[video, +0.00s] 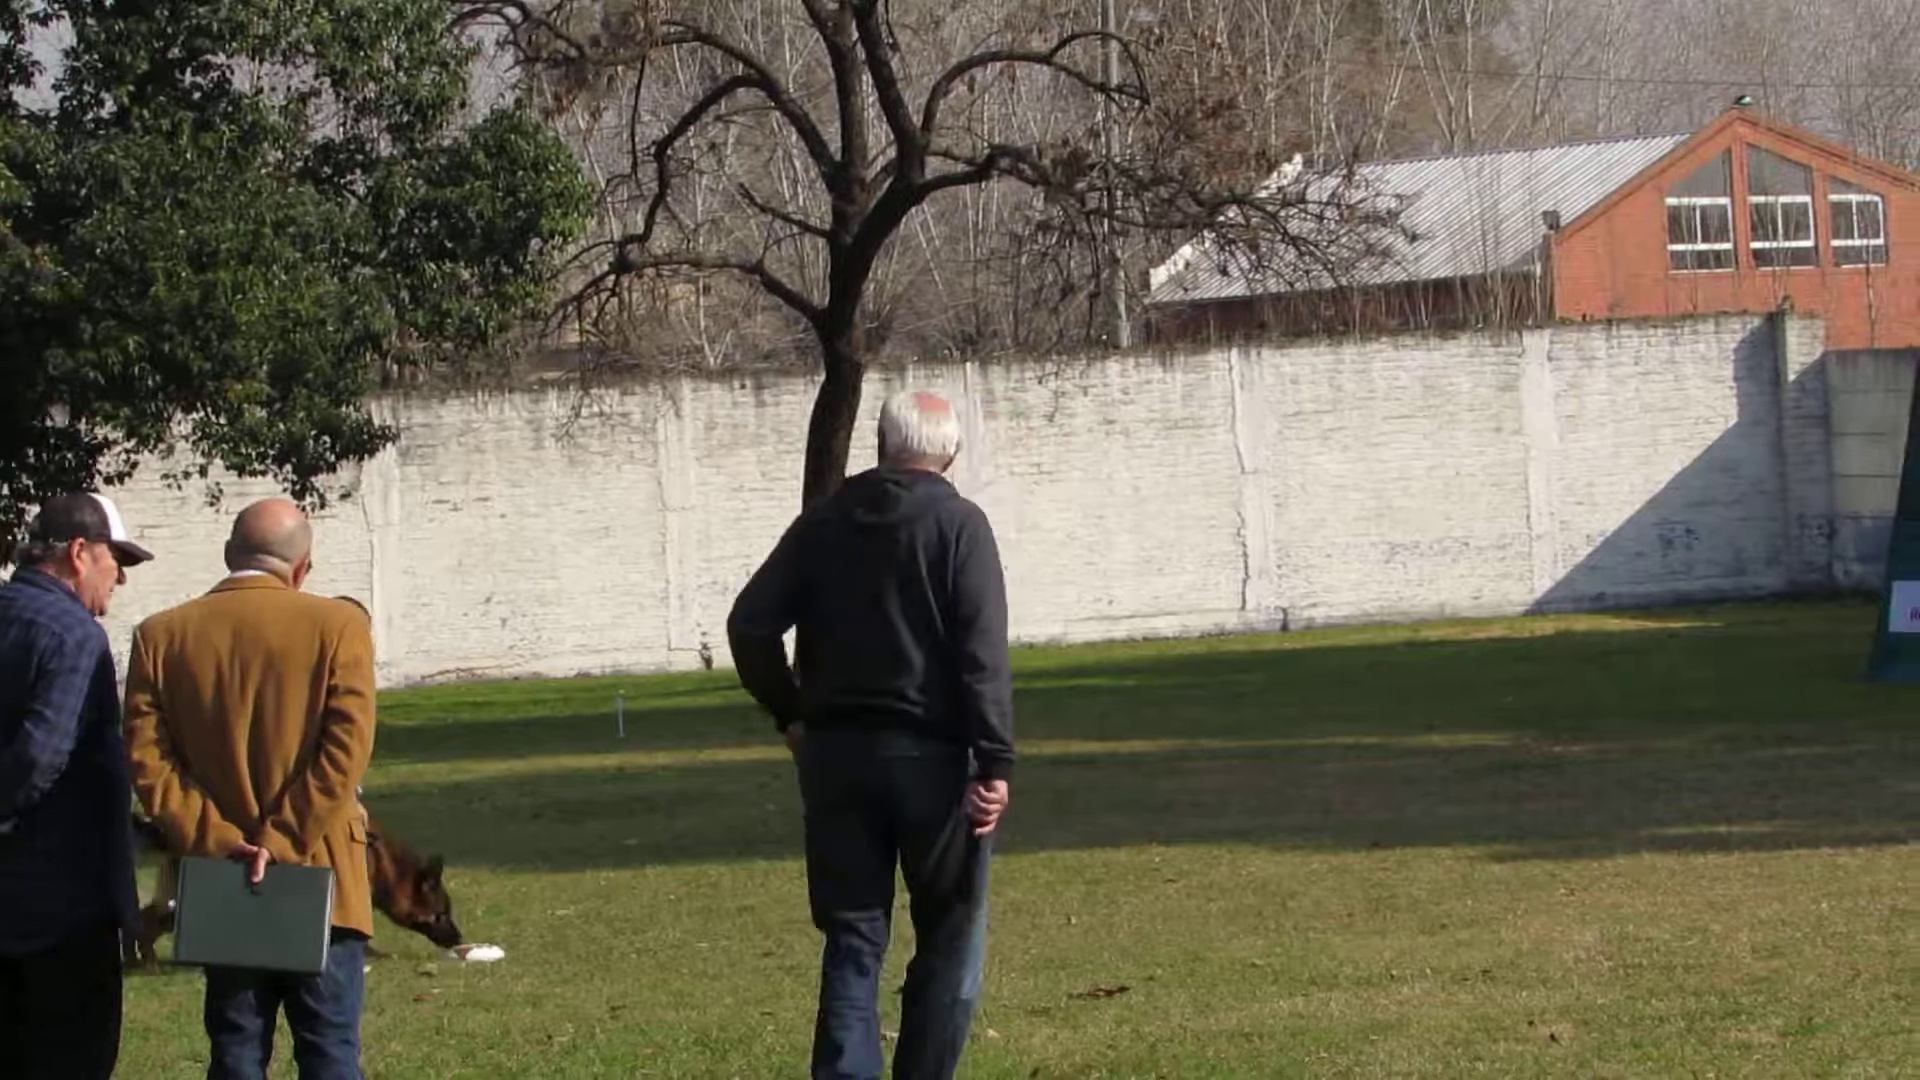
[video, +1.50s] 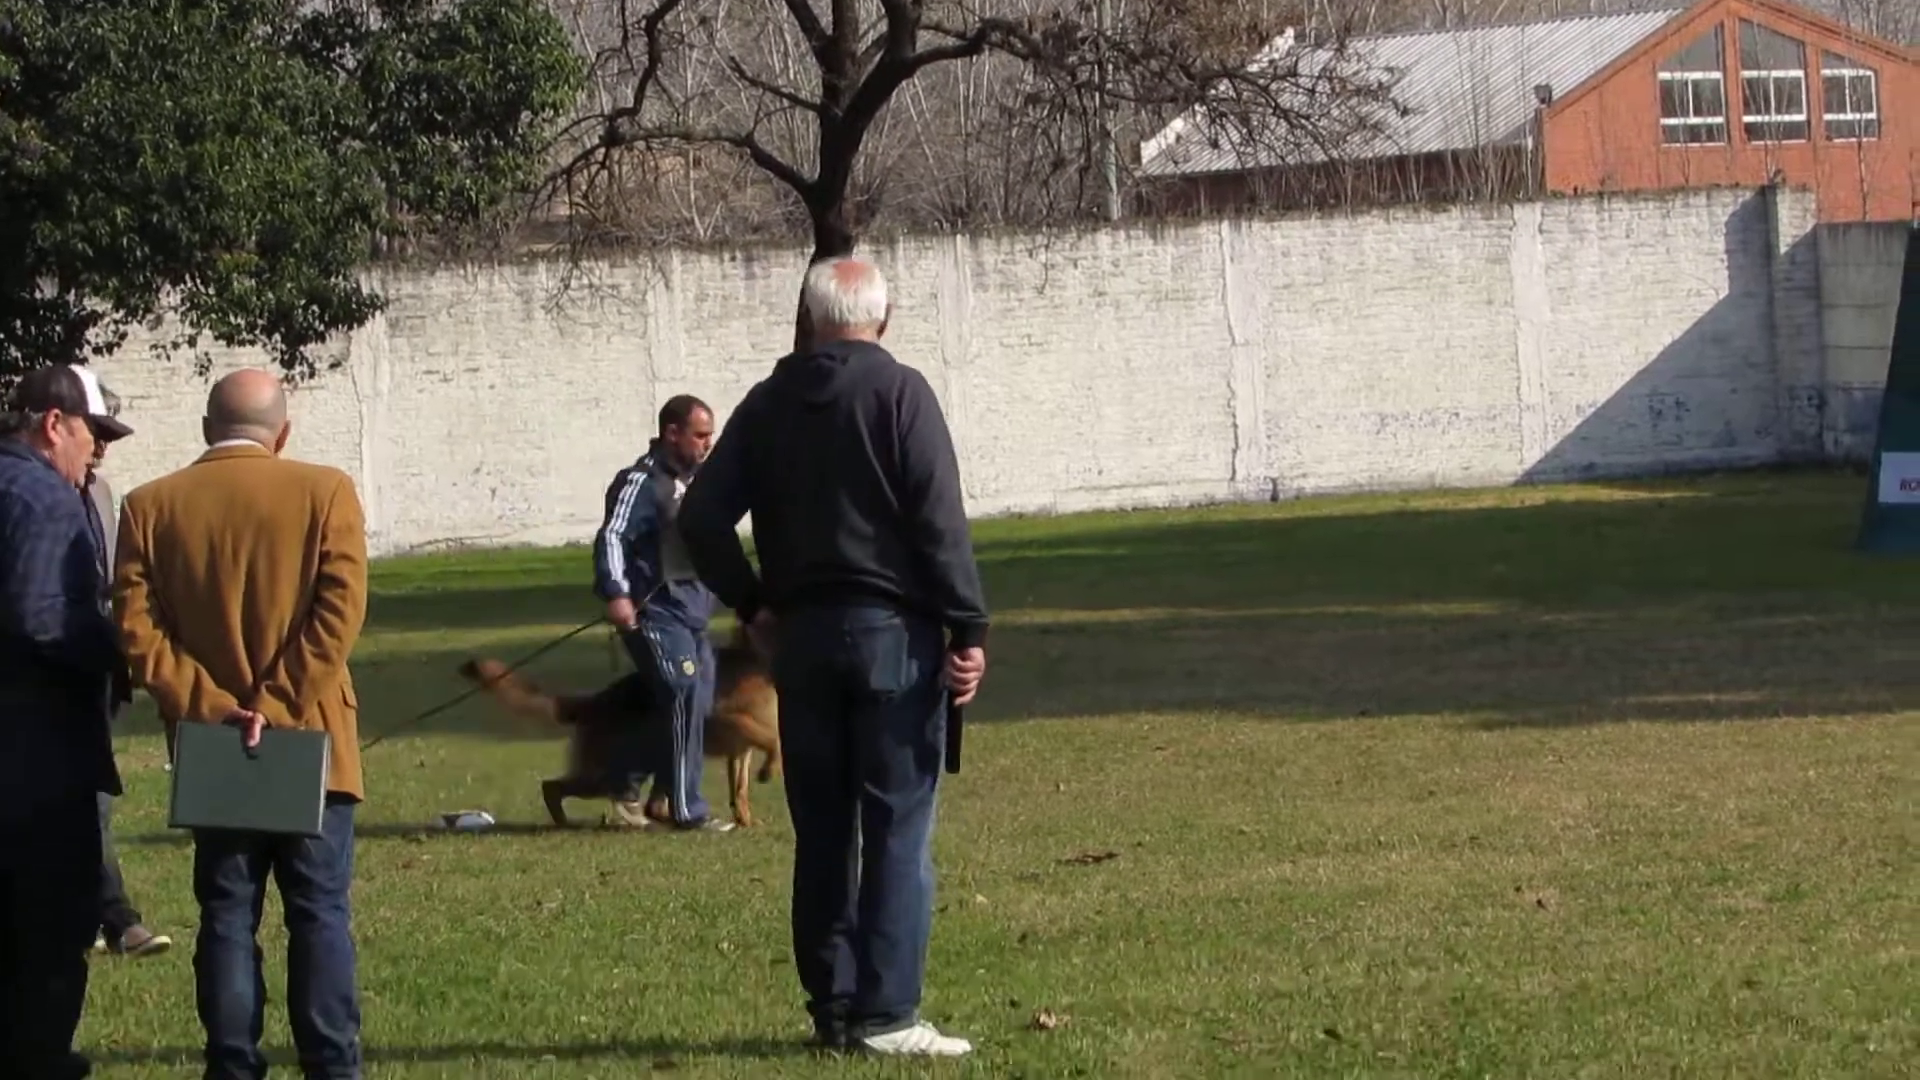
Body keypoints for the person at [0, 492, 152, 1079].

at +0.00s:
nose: (120, 578)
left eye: (122, 565)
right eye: (116, 561)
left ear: (59, 553)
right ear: (78, 554)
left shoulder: (13, 608)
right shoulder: (71, 630)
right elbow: (39, 756)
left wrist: (125, 905)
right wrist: (8, 814)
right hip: (61, 900)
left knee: (26, 1048)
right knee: (75, 1055)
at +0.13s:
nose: (124, 582)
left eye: (126, 568)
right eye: (121, 564)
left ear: (62, 553)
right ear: (82, 554)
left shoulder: (12, 607)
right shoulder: (74, 631)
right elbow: (42, 755)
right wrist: (6, 812)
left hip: (18, 888)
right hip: (64, 893)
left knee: (23, 1043)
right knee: (80, 1052)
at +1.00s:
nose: (129, 580)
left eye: (131, 566)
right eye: (125, 562)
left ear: (67, 552)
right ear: (86, 553)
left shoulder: (12, 608)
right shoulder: (81, 633)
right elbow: (44, 745)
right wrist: (17, 825)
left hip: (16, 896)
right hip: (69, 901)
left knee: (24, 1051)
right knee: (84, 1058)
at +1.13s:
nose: (117, 575)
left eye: (118, 561)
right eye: (112, 558)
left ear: (61, 551)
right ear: (74, 551)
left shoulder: (13, 602)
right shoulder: (69, 623)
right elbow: (37, 724)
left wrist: (106, 688)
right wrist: (23, 830)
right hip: (62, 900)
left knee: (24, 1049)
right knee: (76, 1057)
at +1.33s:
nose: (103, 527)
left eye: (104, 513)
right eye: (97, 511)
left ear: (50, 505)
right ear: (60, 504)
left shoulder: (15, 557)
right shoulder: (55, 574)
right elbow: (31, 680)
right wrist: (87, 760)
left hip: (18, 832)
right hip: (47, 843)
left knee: (27, 1003)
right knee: (64, 1006)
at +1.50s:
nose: (98, 446)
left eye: (99, 433)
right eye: (91, 431)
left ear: (45, 428)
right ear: (53, 426)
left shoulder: (27, 489)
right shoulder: (44, 499)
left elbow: (46, 617)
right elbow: (45, 619)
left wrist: (112, 656)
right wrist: (116, 659)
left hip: (32, 751)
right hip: (43, 758)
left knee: (46, 911)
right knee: (54, 917)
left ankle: (36, 1050)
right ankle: (41, 1055)